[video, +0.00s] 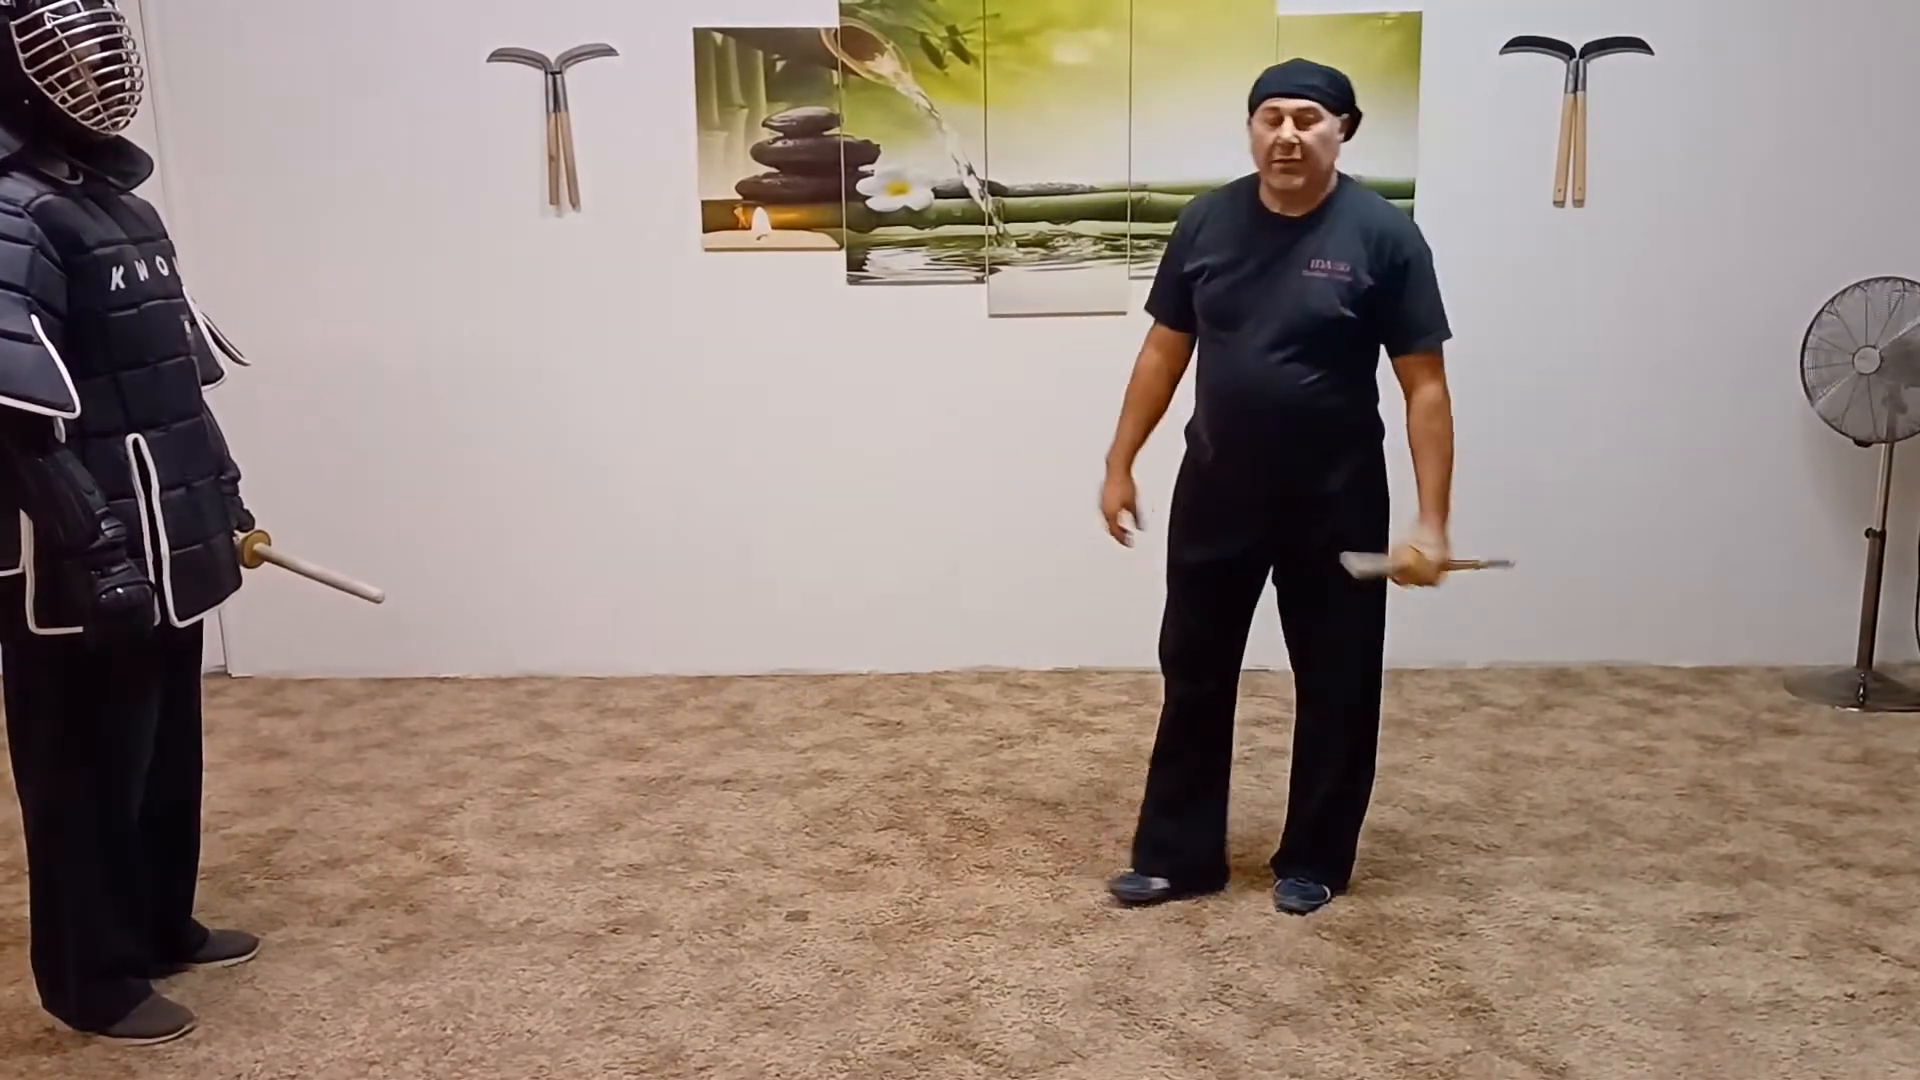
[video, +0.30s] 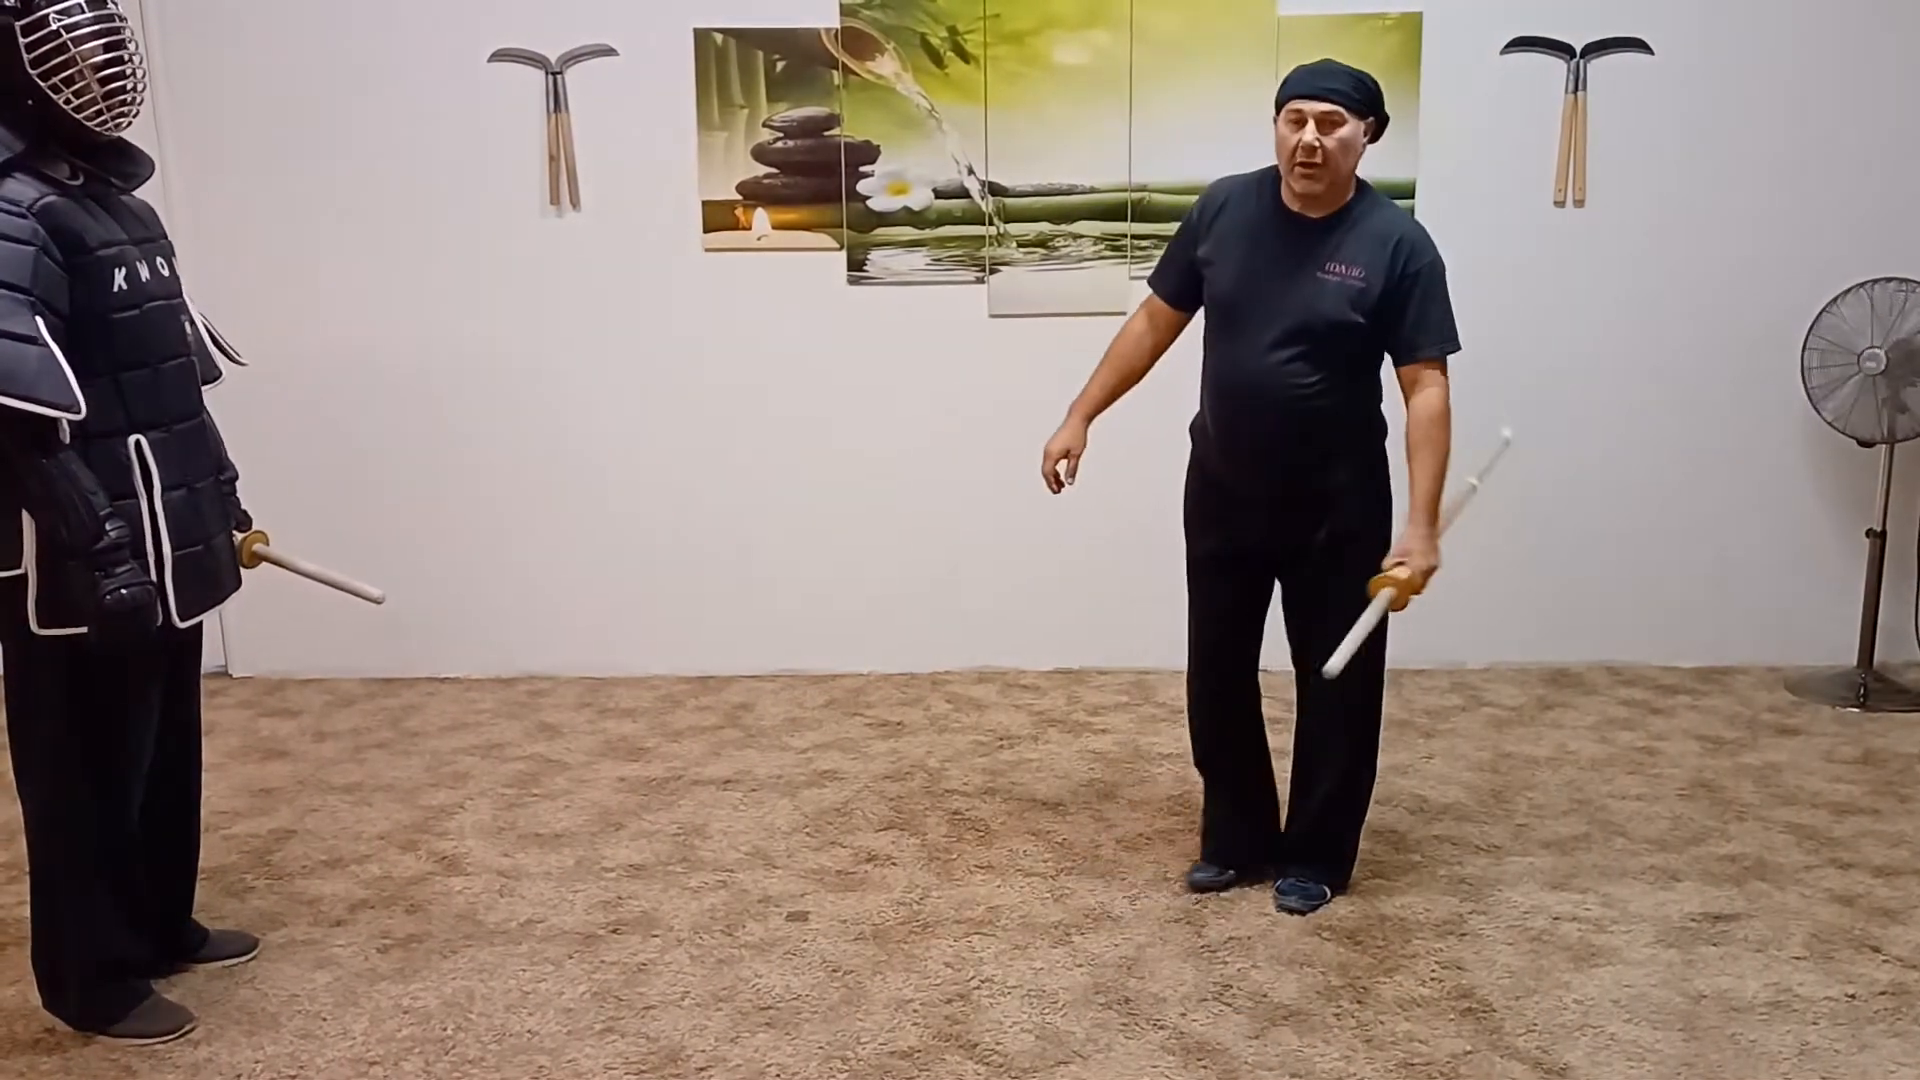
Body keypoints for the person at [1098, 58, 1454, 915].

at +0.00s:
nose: (1287, 136)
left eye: (1307, 120)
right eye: (1271, 119)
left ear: (1342, 134)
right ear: (1249, 132)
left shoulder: (1384, 238)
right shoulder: (1207, 223)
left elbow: (1424, 385)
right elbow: (1165, 346)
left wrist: (1430, 518)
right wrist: (1119, 460)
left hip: (1335, 498)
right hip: (1218, 487)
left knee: (1337, 689)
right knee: (1192, 678)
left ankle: (1313, 863)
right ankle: (1178, 858)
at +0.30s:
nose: (1308, 140)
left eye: (1330, 125)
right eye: (1295, 122)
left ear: (1366, 139)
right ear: (1275, 130)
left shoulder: (1398, 246)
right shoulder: (1225, 209)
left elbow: (1426, 388)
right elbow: (1154, 320)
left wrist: (1422, 525)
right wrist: (1079, 415)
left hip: (1337, 500)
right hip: (1225, 489)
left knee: (1338, 687)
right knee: (1218, 677)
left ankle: (1318, 859)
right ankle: (1236, 844)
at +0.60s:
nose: (1278, 127)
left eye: (1297, 113)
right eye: (1262, 113)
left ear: (1331, 126)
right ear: (1241, 129)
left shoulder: (1376, 235)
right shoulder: (1197, 222)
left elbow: (1397, 381)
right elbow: (1123, 327)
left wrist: (1361, 506)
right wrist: (1086, 446)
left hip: (1329, 492)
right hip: (1219, 487)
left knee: (1331, 684)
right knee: (1224, 674)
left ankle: (1319, 857)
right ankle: (1246, 843)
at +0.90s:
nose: (1240, 125)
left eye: (1257, 111)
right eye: (1223, 115)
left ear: (1292, 123)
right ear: (1204, 137)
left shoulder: (1344, 218)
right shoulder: (1173, 236)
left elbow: (1388, 361)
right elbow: (1150, 371)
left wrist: (1382, 493)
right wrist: (1131, 496)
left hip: (1325, 495)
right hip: (1213, 498)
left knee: (1328, 683)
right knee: (1217, 680)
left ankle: (1318, 858)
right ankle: (1245, 843)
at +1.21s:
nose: (1231, 126)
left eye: (1247, 110)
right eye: (1213, 118)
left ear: (1284, 122)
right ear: (1196, 142)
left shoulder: (1340, 214)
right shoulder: (1167, 242)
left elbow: (1390, 356)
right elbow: (1140, 375)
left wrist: (1369, 480)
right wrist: (1128, 497)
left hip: (1322, 495)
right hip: (1209, 500)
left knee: (1331, 687)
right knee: (1218, 687)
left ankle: (1321, 860)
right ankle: (1245, 846)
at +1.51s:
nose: (1236, 126)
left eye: (1254, 110)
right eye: (1219, 116)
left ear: (1294, 126)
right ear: (1205, 139)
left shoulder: (1348, 222)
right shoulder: (1176, 237)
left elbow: (1391, 366)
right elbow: (1139, 368)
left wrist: (1370, 496)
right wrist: (1106, 488)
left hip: (1319, 491)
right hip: (1206, 494)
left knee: (1323, 683)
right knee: (1214, 679)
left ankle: (1317, 857)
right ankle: (1246, 838)